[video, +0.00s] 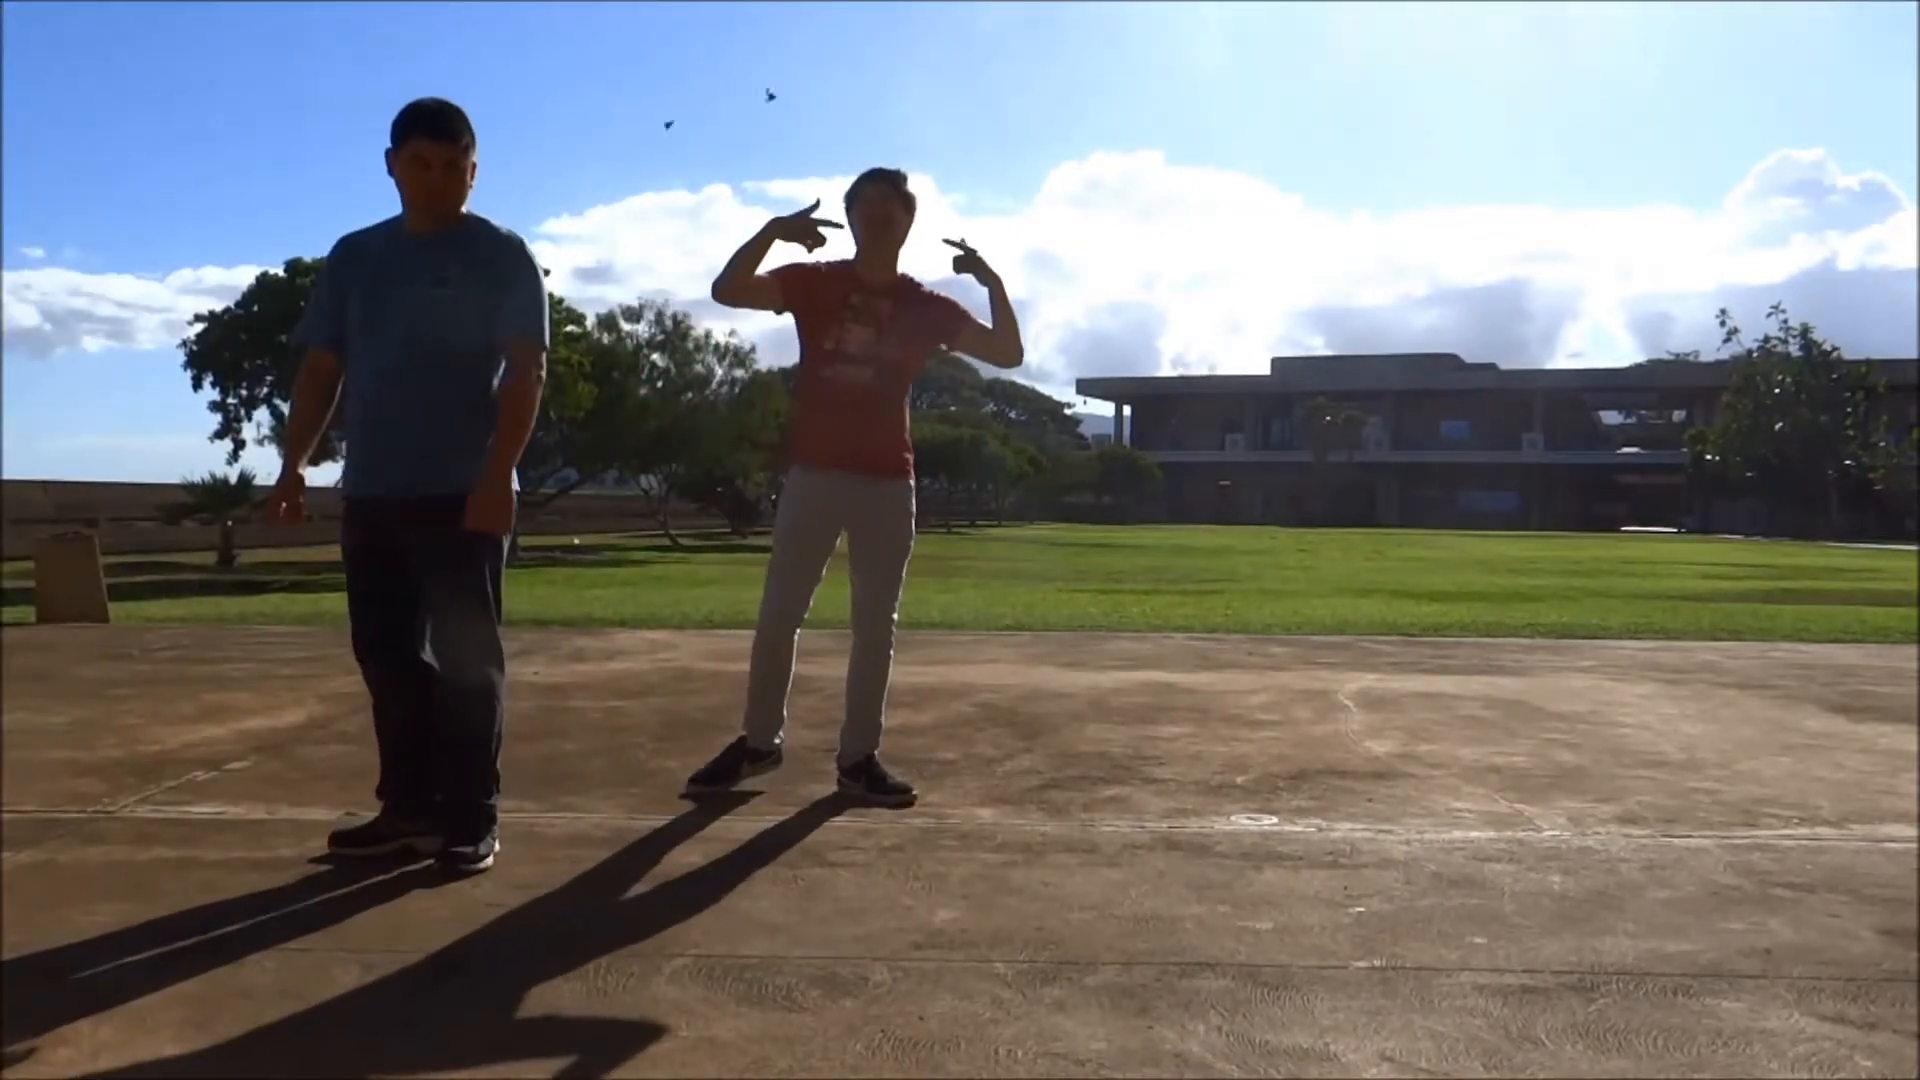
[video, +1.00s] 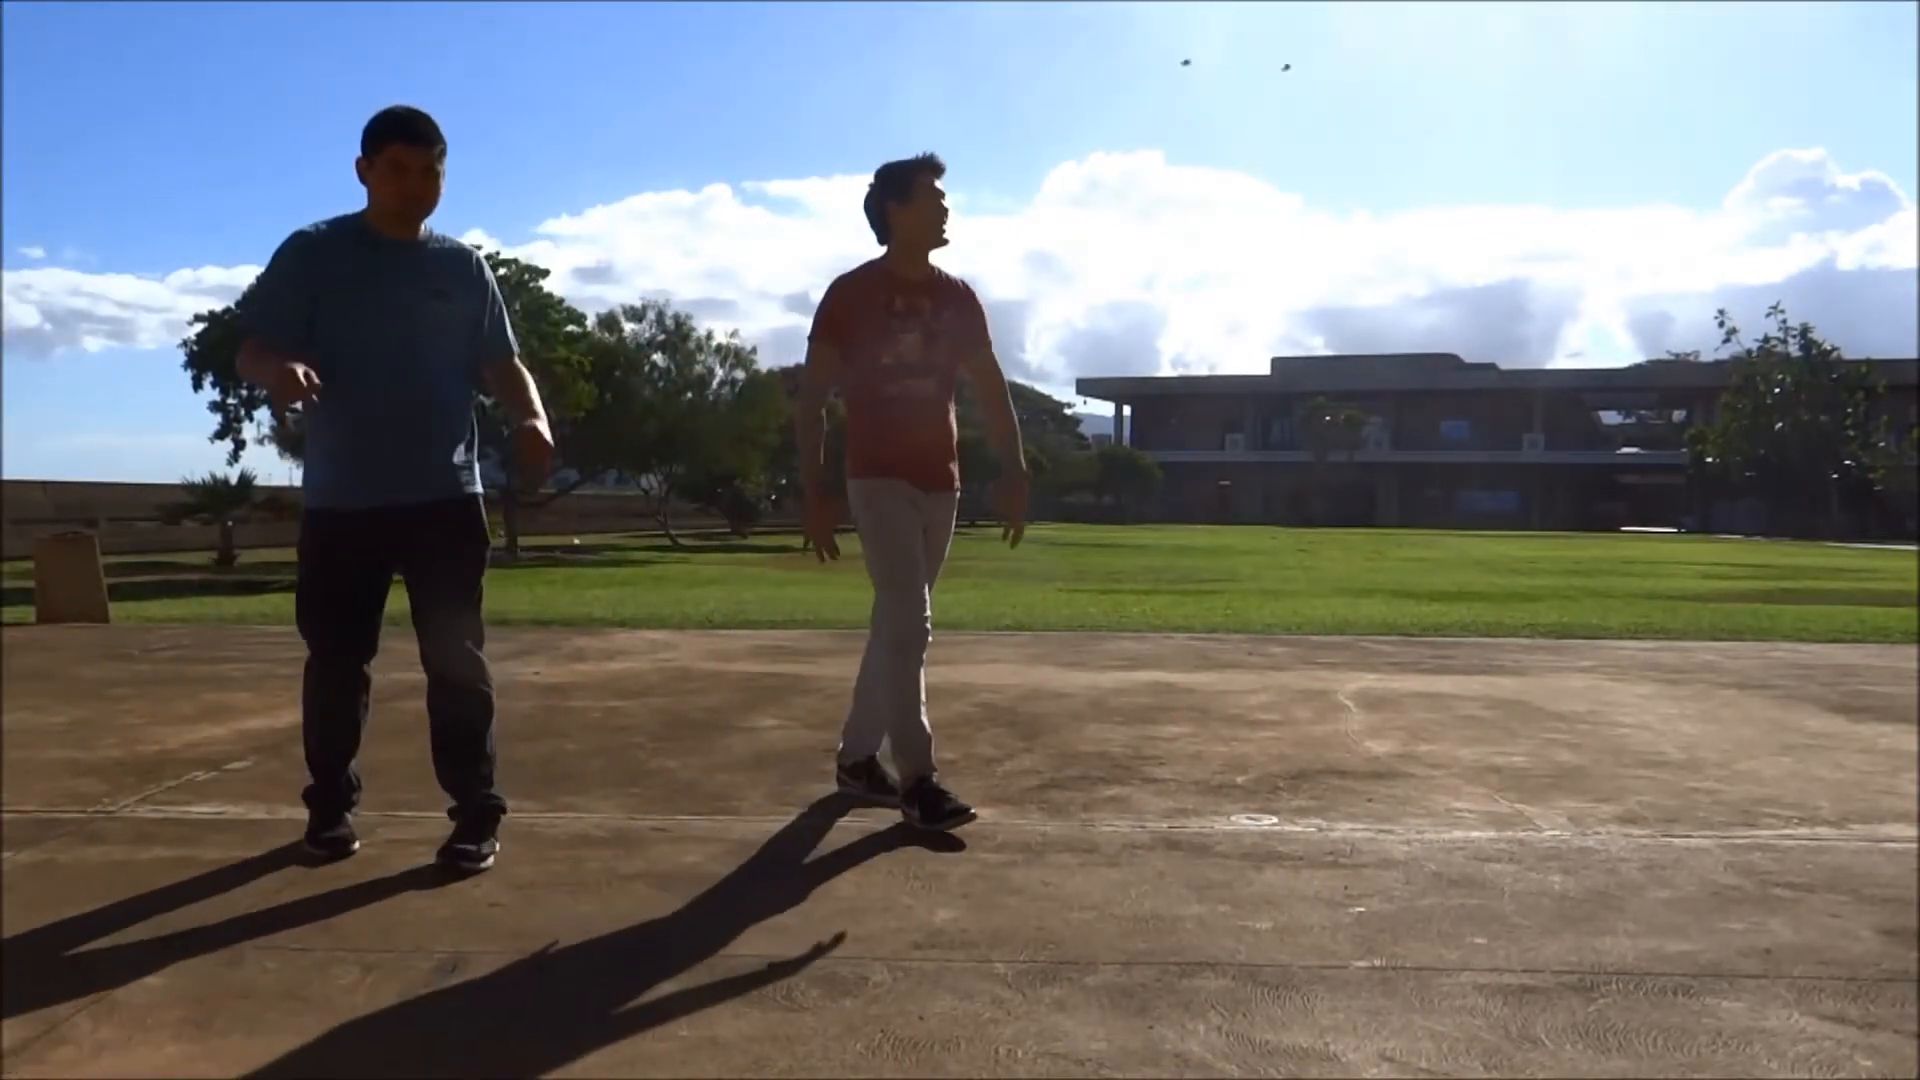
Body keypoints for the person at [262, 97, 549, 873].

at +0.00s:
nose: (439, 178)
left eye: (452, 163)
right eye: (422, 164)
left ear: (473, 168)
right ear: (393, 166)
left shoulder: (503, 256)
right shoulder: (354, 257)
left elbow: (525, 370)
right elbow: (321, 368)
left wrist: (498, 476)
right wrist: (294, 463)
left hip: (466, 491)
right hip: (375, 491)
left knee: (467, 659)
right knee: (387, 658)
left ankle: (472, 823)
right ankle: (407, 811)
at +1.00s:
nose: (426, 183)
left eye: (434, 169)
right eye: (410, 168)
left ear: (442, 176)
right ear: (368, 169)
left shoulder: (463, 266)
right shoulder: (311, 255)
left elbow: (502, 362)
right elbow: (251, 350)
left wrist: (533, 419)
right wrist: (274, 370)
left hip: (444, 493)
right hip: (344, 497)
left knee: (457, 658)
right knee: (334, 661)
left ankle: (477, 816)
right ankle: (329, 811)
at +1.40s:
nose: (395, 177)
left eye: (403, 165)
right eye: (378, 163)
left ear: (412, 175)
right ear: (337, 169)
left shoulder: (425, 263)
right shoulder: (286, 255)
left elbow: (479, 354)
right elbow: (217, 347)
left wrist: (517, 309)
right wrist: (250, 267)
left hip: (411, 486)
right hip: (315, 492)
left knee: (422, 653)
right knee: (324, 660)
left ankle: (413, 794)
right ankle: (329, 806)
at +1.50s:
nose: (393, 180)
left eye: (403, 169)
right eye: (377, 166)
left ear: (414, 179)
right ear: (339, 171)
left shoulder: (427, 266)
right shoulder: (287, 256)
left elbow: (485, 353)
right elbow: (217, 345)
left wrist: (516, 288)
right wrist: (249, 251)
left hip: (411, 487)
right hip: (315, 492)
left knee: (406, 652)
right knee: (324, 655)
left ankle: (385, 797)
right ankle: (330, 806)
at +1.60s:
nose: (402, 189)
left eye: (410, 177)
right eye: (386, 174)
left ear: (418, 183)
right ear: (345, 173)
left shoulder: (427, 265)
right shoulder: (290, 255)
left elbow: (488, 350)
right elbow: (222, 340)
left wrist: (512, 277)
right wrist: (255, 246)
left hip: (413, 488)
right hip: (319, 493)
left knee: (414, 652)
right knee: (327, 657)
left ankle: (389, 795)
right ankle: (330, 807)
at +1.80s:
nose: (421, 197)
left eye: (430, 185)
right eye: (407, 182)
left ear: (437, 188)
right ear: (365, 178)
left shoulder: (435, 266)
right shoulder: (308, 255)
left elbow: (493, 349)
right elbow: (238, 336)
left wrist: (513, 274)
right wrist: (280, 247)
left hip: (425, 482)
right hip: (333, 488)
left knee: (453, 637)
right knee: (336, 654)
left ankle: (449, 779)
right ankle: (331, 803)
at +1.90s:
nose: (436, 203)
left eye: (445, 190)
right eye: (423, 186)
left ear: (453, 193)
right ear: (381, 181)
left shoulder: (448, 271)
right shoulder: (322, 257)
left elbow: (504, 350)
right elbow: (250, 335)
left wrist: (525, 277)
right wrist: (296, 249)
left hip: (434, 486)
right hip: (343, 491)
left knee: (470, 636)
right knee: (341, 655)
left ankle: (495, 779)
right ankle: (333, 805)